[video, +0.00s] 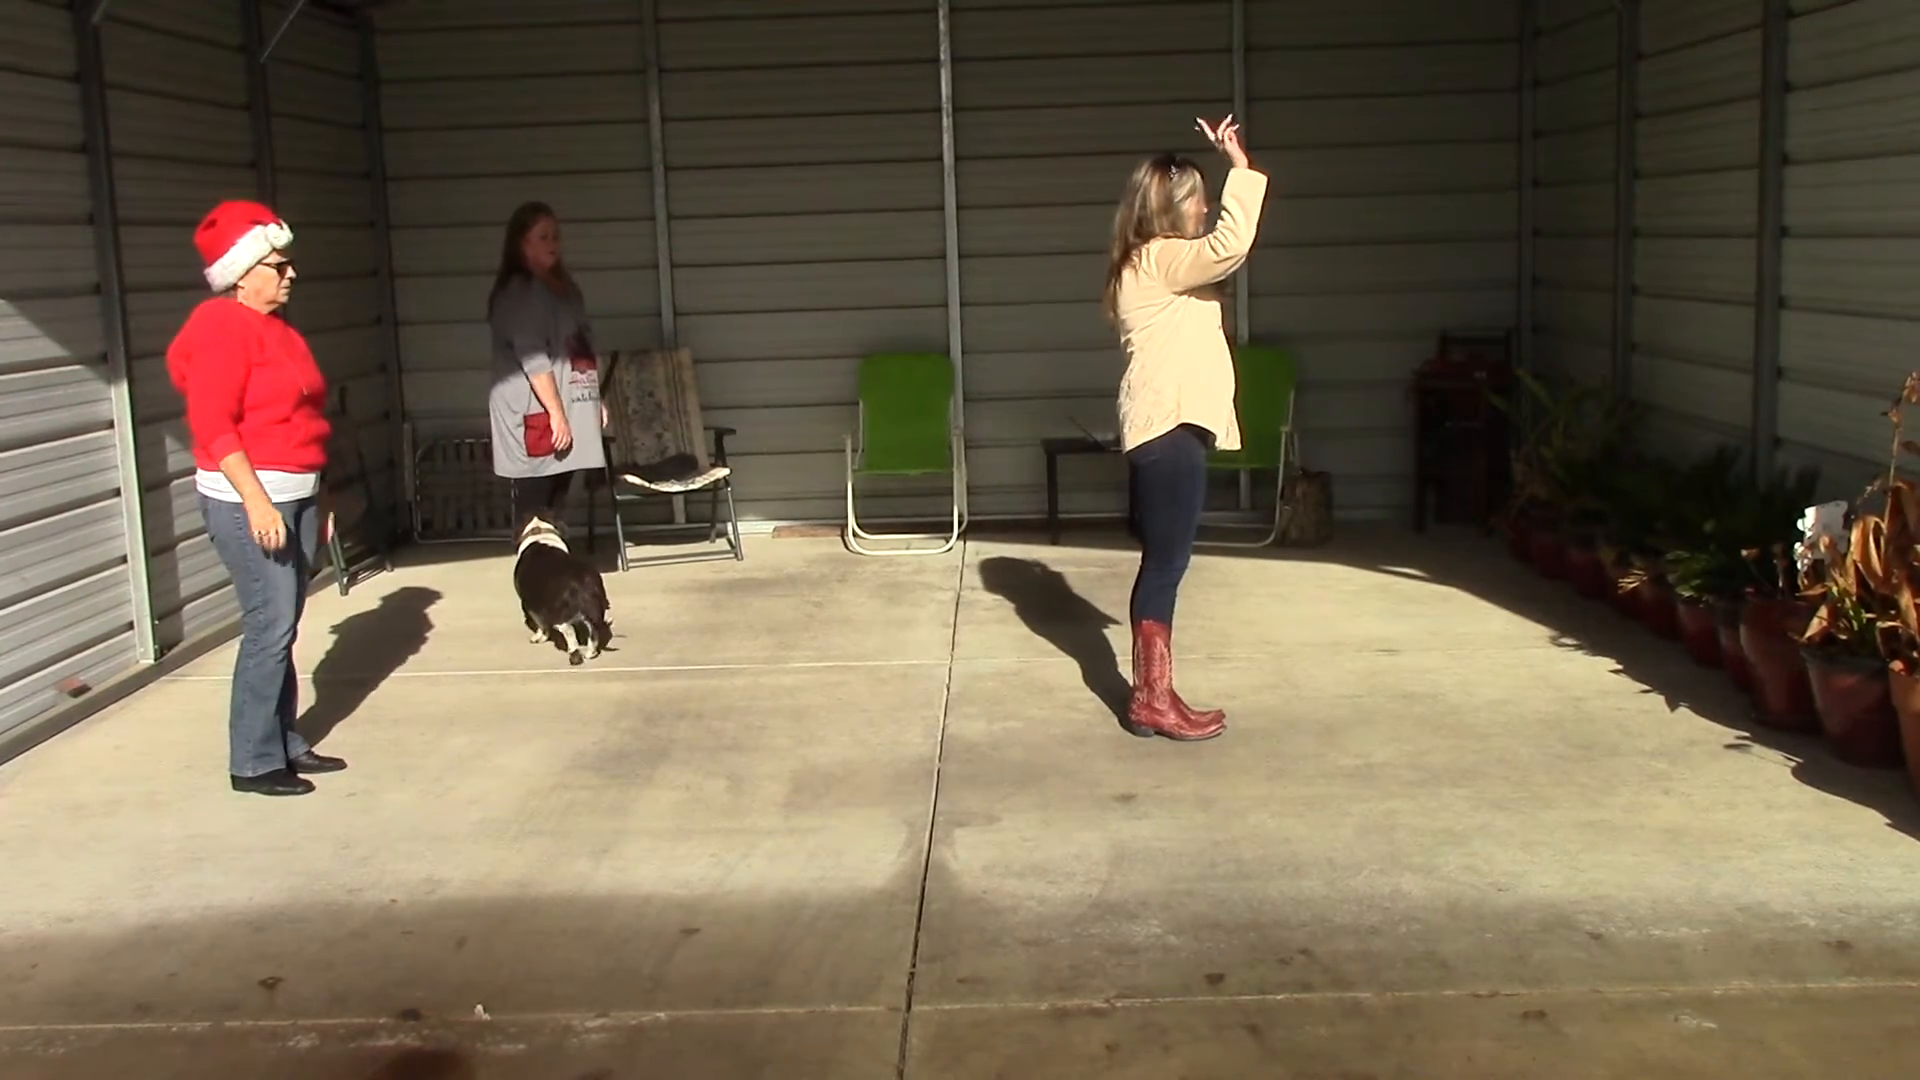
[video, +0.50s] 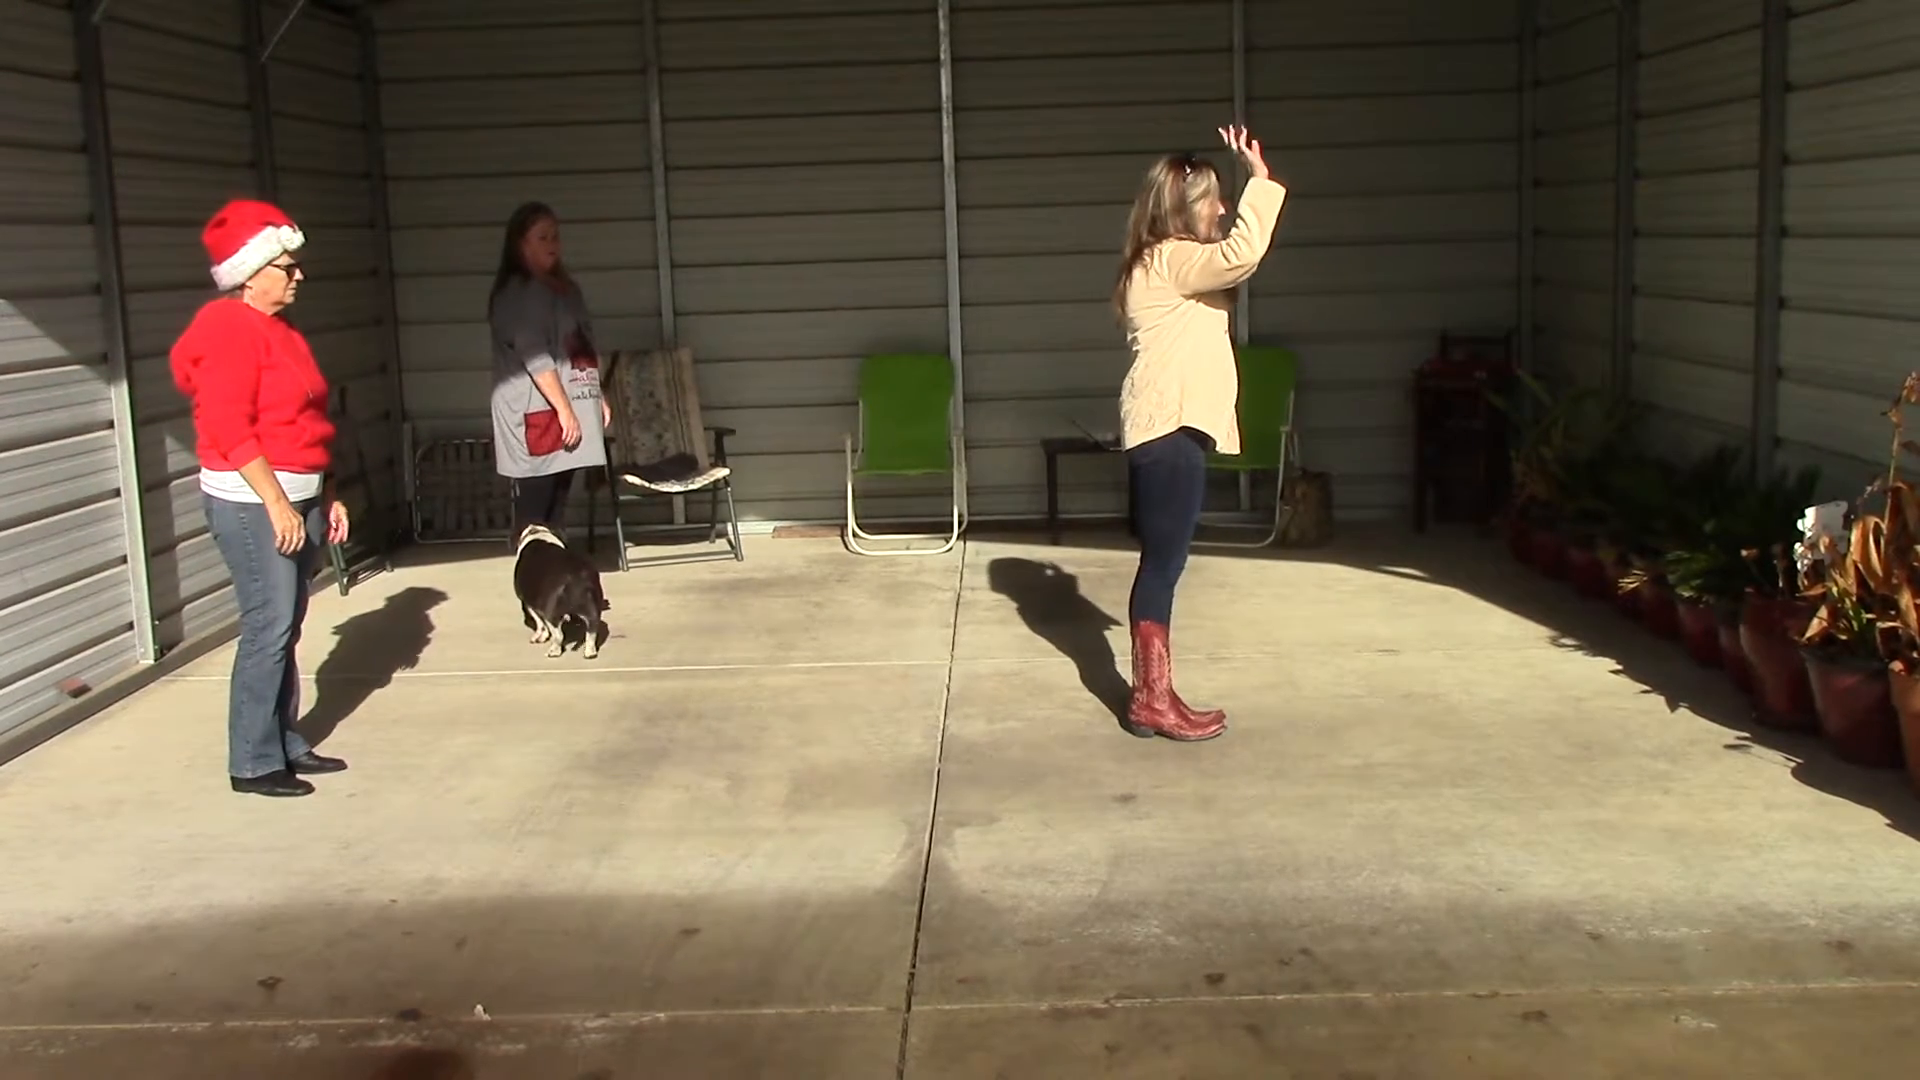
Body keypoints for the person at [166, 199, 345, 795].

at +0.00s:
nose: (289, 275)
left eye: (287, 265)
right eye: (278, 266)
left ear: (255, 272)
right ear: (242, 273)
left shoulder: (275, 328)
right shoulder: (219, 326)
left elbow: (295, 422)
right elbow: (212, 426)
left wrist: (318, 500)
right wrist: (255, 500)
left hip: (293, 497)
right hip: (246, 498)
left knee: (282, 625)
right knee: (270, 623)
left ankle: (283, 743)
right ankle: (252, 762)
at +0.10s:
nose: (290, 275)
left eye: (289, 265)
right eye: (279, 266)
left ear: (258, 271)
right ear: (243, 272)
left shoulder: (276, 329)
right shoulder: (220, 327)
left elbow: (299, 419)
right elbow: (216, 430)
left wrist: (327, 490)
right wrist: (269, 498)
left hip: (287, 496)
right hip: (242, 498)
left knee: (281, 625)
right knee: (267, 625)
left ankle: (283, 743)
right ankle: (252, 762)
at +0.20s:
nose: (292, 275)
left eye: (290, 265)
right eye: (281, 266)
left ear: (257, 272)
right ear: (245, 273)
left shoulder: (274, 329)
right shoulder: (221, 328)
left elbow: (298, 417)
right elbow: (220, 430)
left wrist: (331, 485)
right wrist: (276, 496)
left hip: (287, 496)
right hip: (244, 498)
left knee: (281, 627)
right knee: (266, 627)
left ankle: (281, 745)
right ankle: (252, 762)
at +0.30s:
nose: (294, 275)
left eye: (292, 266)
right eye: (283, 267)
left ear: (260, 273)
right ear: (247, 274)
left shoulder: (273, 329)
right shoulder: (225, 328)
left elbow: (296, 418)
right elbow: (224, 430)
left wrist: (330, 484)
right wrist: (277, 496)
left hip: (286, 495)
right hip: (245, 498)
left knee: (282, 626)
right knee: (266, 627)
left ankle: (281, 744)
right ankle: (251, 763)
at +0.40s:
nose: (294, 275)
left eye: (293, 266)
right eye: (284, 267)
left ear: (261, 274)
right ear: (248, 274)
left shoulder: (275, 330)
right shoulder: (226, 330)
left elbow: (296, 420)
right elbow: (226, 430)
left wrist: (327, 490)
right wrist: (277, 498)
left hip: (288, 495)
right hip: (246, 498)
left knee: (284, 625)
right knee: (268, 626)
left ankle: (281, 743)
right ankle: (251, 762)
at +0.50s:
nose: (298, 277)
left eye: (297, 267)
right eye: (287, 268)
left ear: (260, 274)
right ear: (250, 274)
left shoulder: (274, 329)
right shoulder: (227, 329)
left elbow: (296, 421)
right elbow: (228, 430)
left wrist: (324, 494)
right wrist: (276, 502)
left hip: (291, 496)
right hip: (248, 499)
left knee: (284, 626)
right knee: (268, 626)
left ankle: (282, 743)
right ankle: (252, 762)